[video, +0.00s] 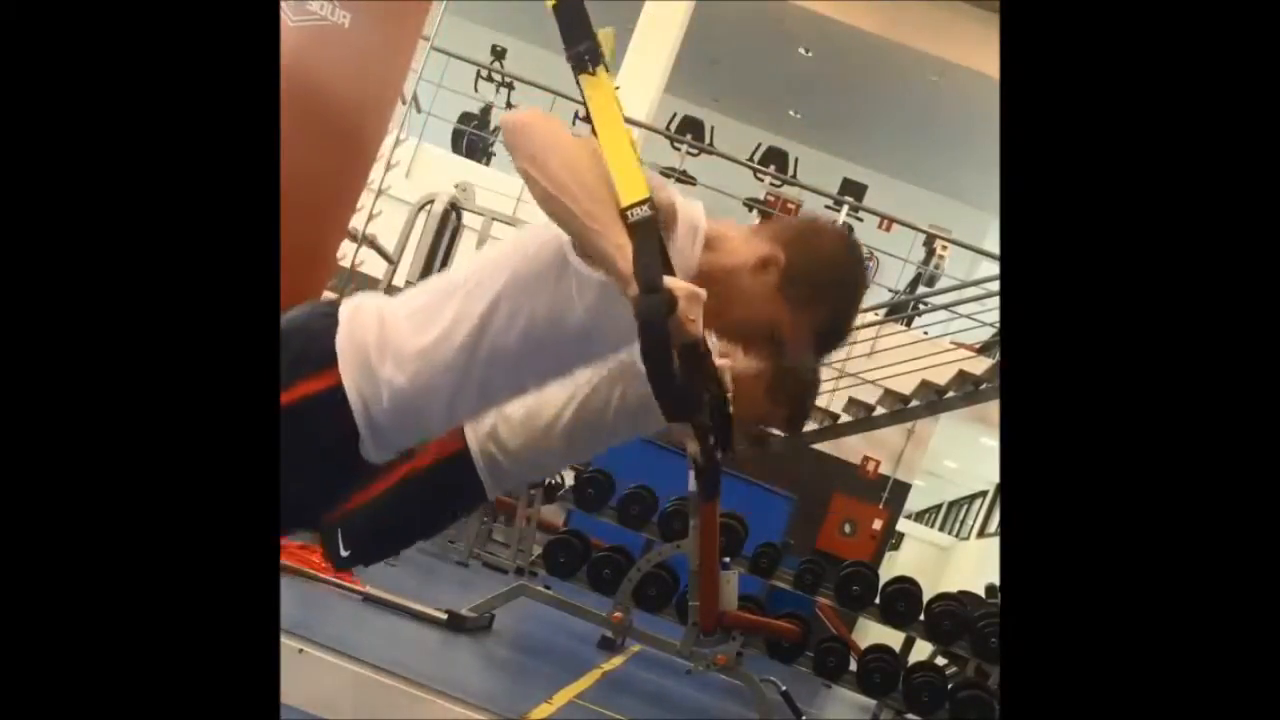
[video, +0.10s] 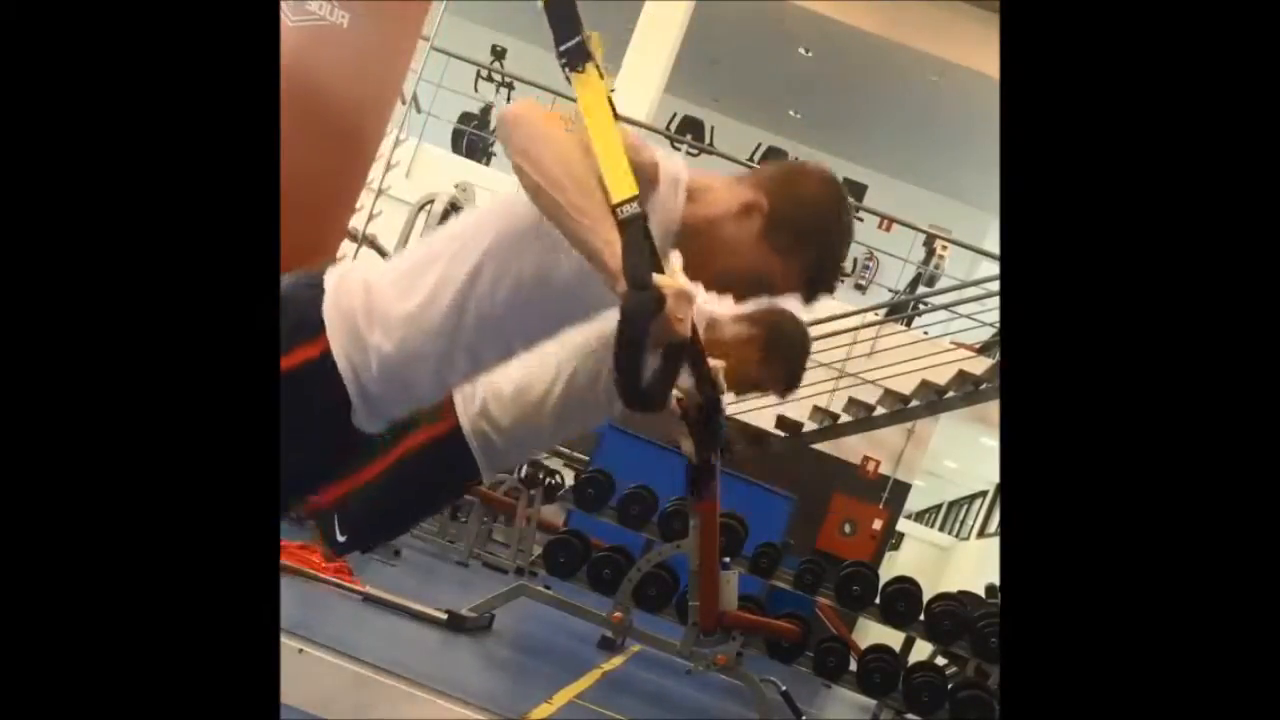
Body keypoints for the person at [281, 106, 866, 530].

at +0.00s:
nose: (748, 347)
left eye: (766, 349)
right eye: (764, 332)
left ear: (765, 257)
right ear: (766, 263)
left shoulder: (682, 312)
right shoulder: (667, 219)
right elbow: (526, 129)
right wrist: (644, 278)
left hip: (375, 432)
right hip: (337, 381)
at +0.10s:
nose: (744, 300)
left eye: (764, 298)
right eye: (763, 285)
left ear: (749, 212)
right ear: (751, 213)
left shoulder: (667, 260)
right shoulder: (650, 171)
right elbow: (523, 124)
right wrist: (637, 278)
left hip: (369, 410)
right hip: (325, 353)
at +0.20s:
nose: (725, 239)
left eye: (744, 236)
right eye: (744, 222)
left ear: (731, 153)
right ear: (730, 155)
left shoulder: (642, 208)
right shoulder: (620, 119)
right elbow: (523, 130)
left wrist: (678, 369)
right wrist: (639, 279)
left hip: (358, 378)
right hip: (318, 321)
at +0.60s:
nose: (677, 109)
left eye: (695, 102)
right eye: (691, 85)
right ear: (667, 11)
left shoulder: (574, 90)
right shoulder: (528, 14)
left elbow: (607, 219)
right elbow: (526, 141)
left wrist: (668, 359)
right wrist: (619, 295)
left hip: (324, 304)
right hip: (287, 250)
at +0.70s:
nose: (677, 116)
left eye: (695, 108)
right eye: (690, 90)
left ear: (659, 16)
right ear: (662, 14)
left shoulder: (570, 98)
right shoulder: (525, 14)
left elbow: (613, 226)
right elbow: (522, 142)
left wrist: (672, 365)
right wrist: (611, 292)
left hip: (321, 304)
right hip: (285, 250)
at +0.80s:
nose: (679, 124)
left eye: (696, 117)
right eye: (690, 97)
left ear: (656, 25)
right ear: (661, 24)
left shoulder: (577, 107)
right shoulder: (531, 17)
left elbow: (617, 234)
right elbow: (517, 138)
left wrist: (670, 366)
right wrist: (603, 286)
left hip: (323, 306)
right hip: (287, 252)